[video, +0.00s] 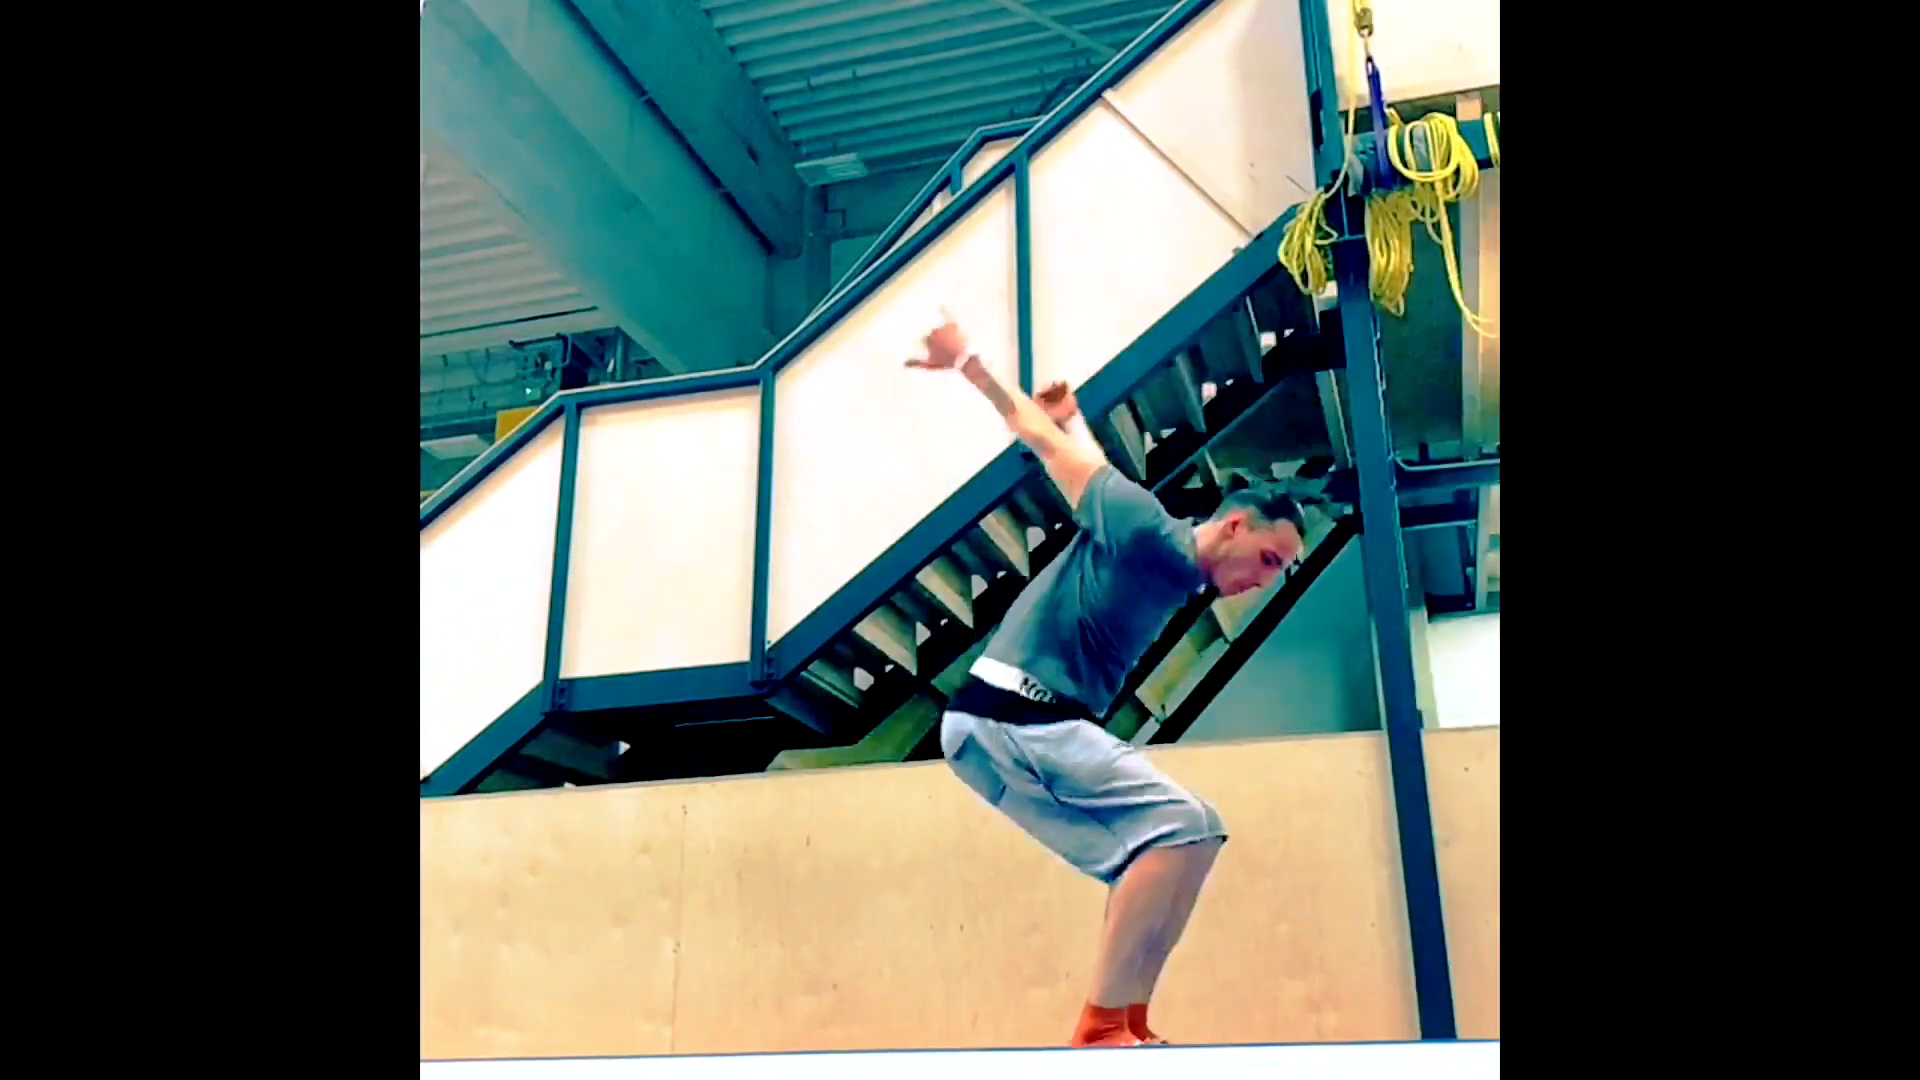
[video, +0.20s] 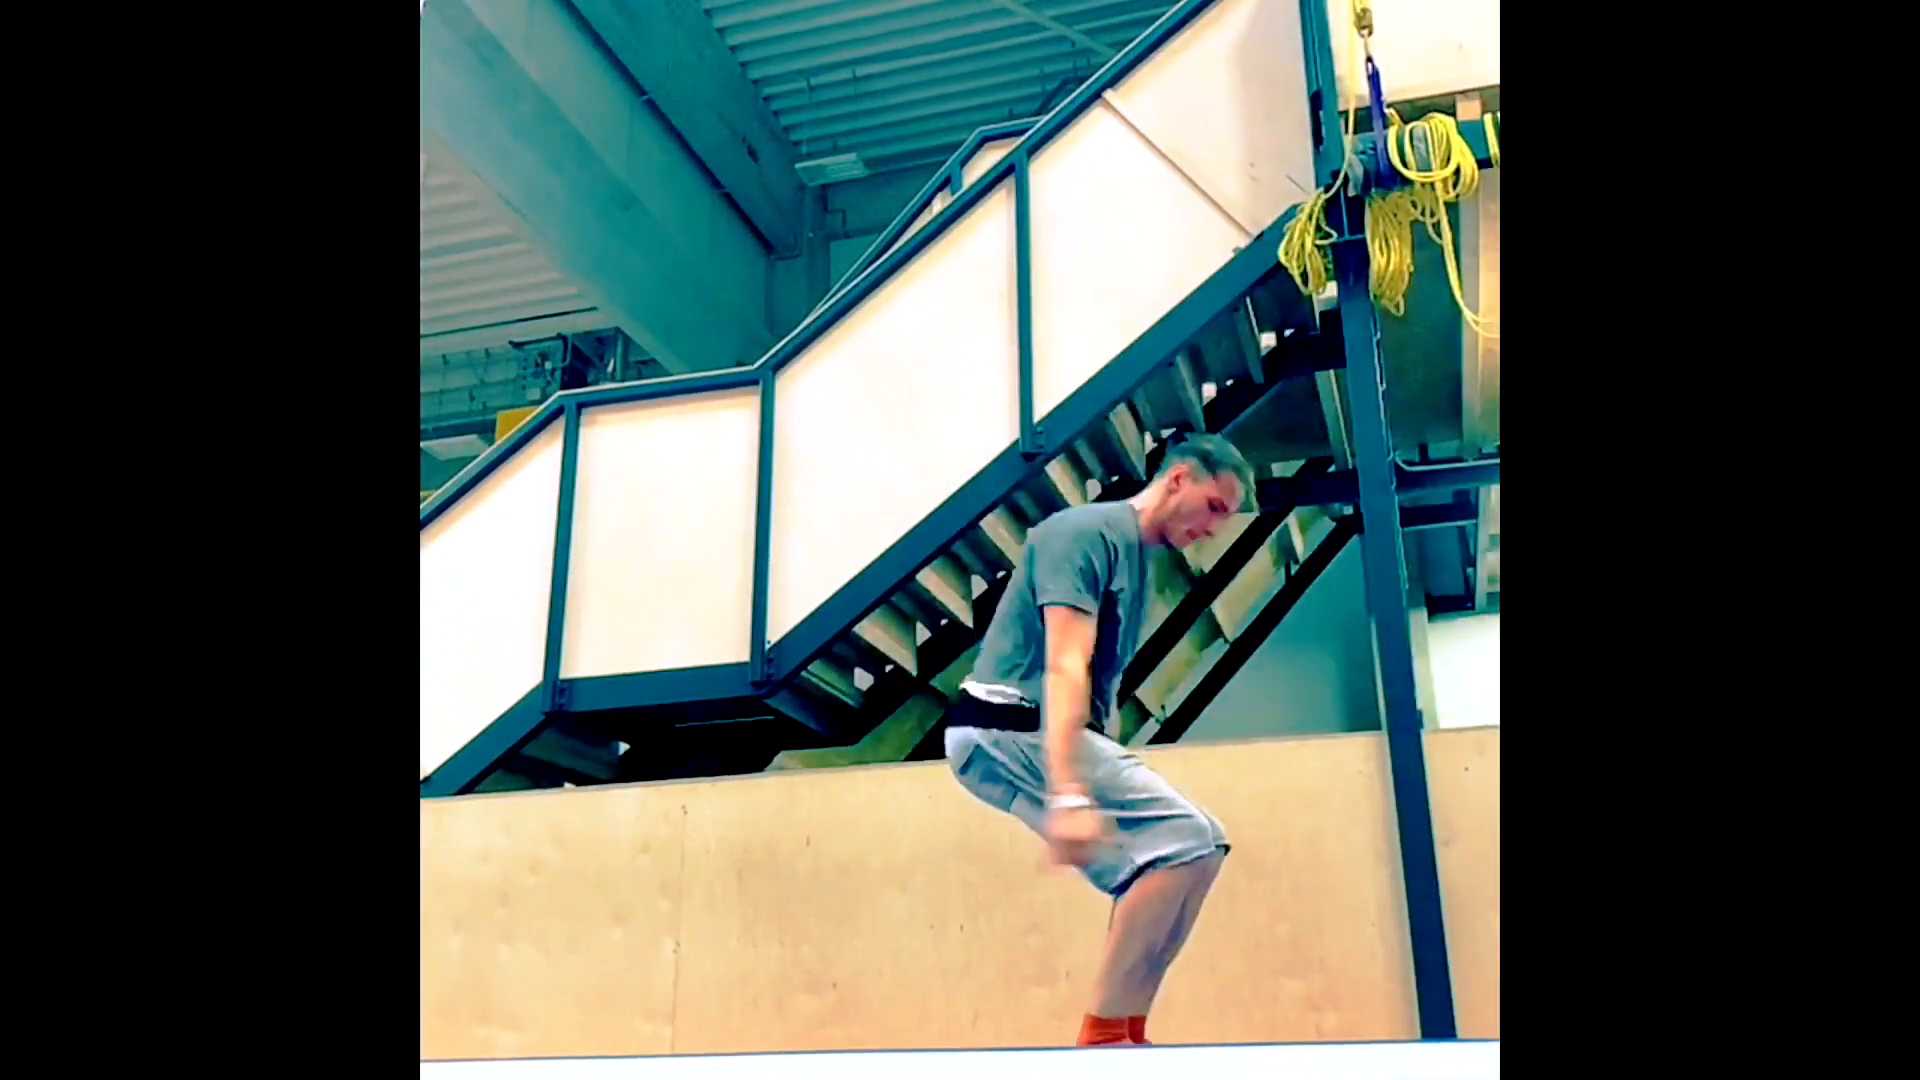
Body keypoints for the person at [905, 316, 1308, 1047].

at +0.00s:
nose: (1264, 580)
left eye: (1277, 572)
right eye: (1266, 559)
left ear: (1240, 538)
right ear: (1231, 523)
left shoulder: (1179, 570)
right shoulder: (1144, 530)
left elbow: (1099, 478)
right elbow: (1044, 441)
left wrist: (1069, 425)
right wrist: (968, 363)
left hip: (1044, 725)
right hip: (1007, 716)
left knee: (1197, 837)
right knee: (1173, 829)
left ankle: (1128, 1027)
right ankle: (1101, 1029)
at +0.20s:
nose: (1214, 527)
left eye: (1224, 518)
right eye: (1215, 506)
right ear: (1178, 478)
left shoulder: (1137, 568)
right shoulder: (1084, 531)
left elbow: (1101, 691)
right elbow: (1064, 665)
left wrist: (1110, 780)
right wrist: (1069, 796)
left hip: (1051, 731)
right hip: (1002, 730)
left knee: (1203, 849)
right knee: (1179, 845)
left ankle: (1124, 1035)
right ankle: (1104, 1037)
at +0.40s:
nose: (1127, 435)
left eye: (1128, 427)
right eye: (1114, 421)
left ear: (1083, 427)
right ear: (1068, 410)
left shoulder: (1086, 515)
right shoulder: (1045, 462)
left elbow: (1200, 520)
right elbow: (1192, 447)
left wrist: (1297, 453)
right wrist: (1306, 390)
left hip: (1040, 708)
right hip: (1008, 705)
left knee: (1188, 850)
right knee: (1167, 845)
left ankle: (1123, 1041)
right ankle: (1105, 1041)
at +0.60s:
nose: (1094, 385)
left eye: (1091, 375)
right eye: (1079, 371)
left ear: (1061, 389)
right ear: (1043, 379)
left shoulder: (1068, 469)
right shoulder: (1021, 435)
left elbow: (1178, 424)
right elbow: (1150, 354)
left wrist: (1236, 343)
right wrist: (1226, 259)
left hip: (1039, 689)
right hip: (1017, 686)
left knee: (1175, 845)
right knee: (1174, 836)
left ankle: (1120, 1038)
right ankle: (1111, 1036)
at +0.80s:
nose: (1069, 366)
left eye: (1067, 358)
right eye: (1056, 353)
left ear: (1049, 376)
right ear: (1024, 362)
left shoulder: (1058, 440)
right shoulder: (1007, 412)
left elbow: (1136, 381)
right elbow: (1089, 296)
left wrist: (1182, 297)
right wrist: (1139, 193)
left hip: (1056, 662)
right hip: (1029, 657)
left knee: (1189, 829)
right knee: (1164, 822)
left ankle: (1129, 1030)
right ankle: (1107, 1029)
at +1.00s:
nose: (1047, 342)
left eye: (1049, 334)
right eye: (1036, 328)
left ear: (1039, 355)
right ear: (1004, 336)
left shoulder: (1035, 417)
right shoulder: (985, 385)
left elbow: (1092, 351)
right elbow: (1031, 256)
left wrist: (1119, 272)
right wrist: (1044, 149)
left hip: (1076, 628)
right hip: (1044, 625)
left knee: (1190, 810)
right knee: (1155, 804)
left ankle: (1135, 1015)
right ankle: (1110, 1018)